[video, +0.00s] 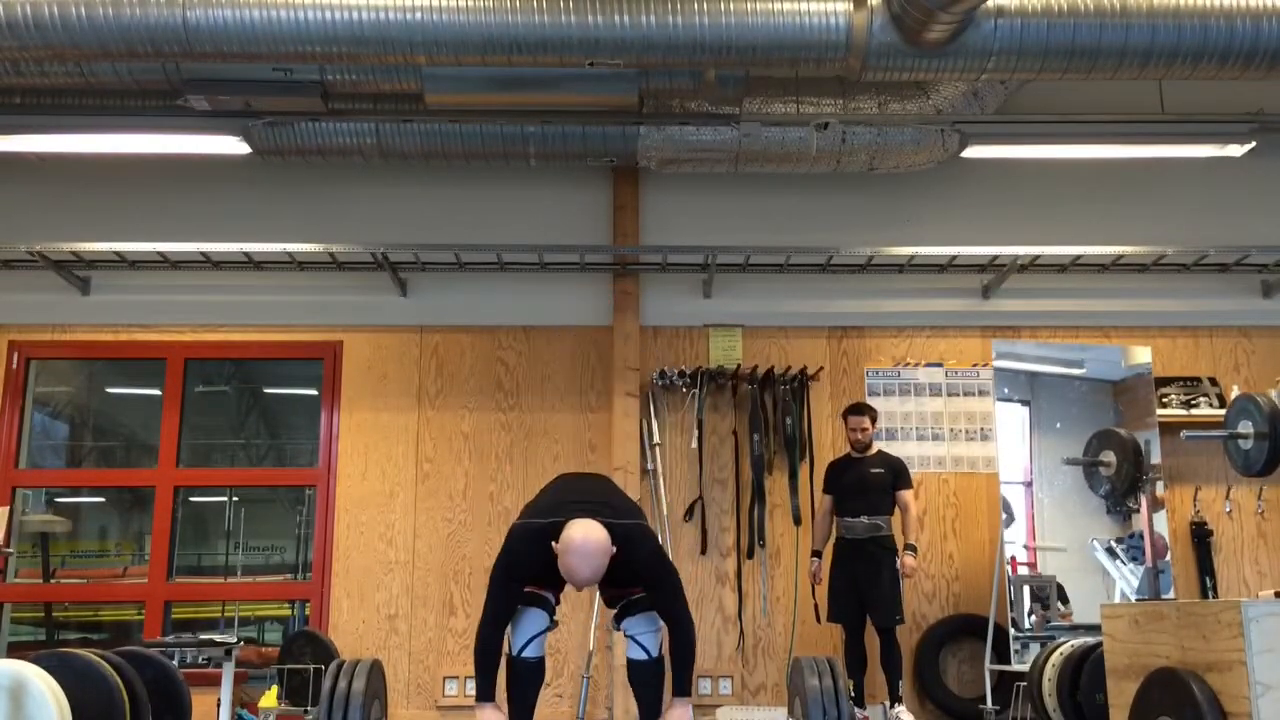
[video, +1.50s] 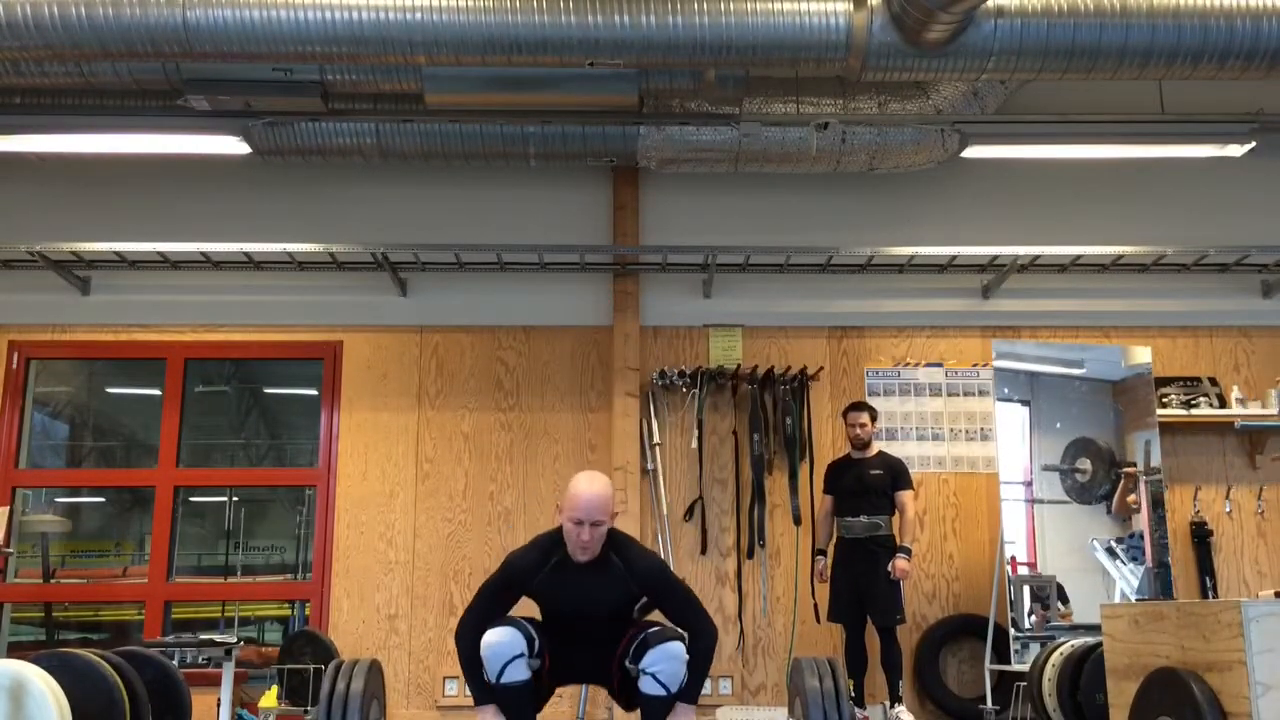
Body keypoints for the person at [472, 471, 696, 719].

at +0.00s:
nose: (579, 588)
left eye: (589, 582)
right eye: (572, 581)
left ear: (612, 553)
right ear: (556, 549)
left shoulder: (640, 543)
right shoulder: (523, 540)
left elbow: (681, 621)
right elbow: (492, 623)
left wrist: (682, 701)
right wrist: (485, 702)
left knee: (645, 630)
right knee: (527, 628)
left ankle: (650, 715)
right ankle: (521, 715)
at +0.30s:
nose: (589, 583)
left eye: (598, 577)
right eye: (579, 576)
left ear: (617, 545)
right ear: (561, 546)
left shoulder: (641, 543)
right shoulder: (525, 542)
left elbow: (679, 625)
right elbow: (490, 625)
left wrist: (683, 704)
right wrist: (483, 705)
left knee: (643, 632)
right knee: (529, 630)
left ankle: (646, 716)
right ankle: (519, 716)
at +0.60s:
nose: (586, 583)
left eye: (595, 575)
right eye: (577, 575)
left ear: (615, 546)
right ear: (560, 545)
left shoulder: (641, 544)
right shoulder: (525, 542)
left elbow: (681, 625)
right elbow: (490, 625)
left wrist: (683, 703)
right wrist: (491, 704)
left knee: (647, 631)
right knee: (526, 626)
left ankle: (647, 715)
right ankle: (528, 715)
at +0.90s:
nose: (582, 574)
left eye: (592, 566)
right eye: (574, 566)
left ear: (613, 535)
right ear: (557, 535)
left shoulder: (639, 539)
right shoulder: (523, 537)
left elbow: (676, 625)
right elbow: (492, 627)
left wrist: (680, 702)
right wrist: (491, 705)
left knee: (636, 630)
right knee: (533, 624)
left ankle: (643, 715)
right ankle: (528, 715)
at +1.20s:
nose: (584, 535)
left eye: (595, 524)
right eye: (575, 523)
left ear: (612, 507)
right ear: (558, 505)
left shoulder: (638, 536)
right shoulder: (525, 539)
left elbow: (684, 622)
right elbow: (482, 626)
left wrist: (682, 704)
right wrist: (488, 707)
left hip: (617, 600)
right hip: (550, 599)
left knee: (651, 637)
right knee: (522, 633)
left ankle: (646, 716)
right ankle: (528, 716)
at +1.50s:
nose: (585, 536)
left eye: (597, 525)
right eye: (576, 523)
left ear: (612, 518)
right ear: (560, 513)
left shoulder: (638, 563)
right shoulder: (531, 561)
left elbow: (704, 631)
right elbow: (467, 632)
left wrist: (686, 704)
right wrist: (485, 705)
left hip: (618, 658)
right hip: (555, 657)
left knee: (666, 653)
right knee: (501, 644)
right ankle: (521, 714)